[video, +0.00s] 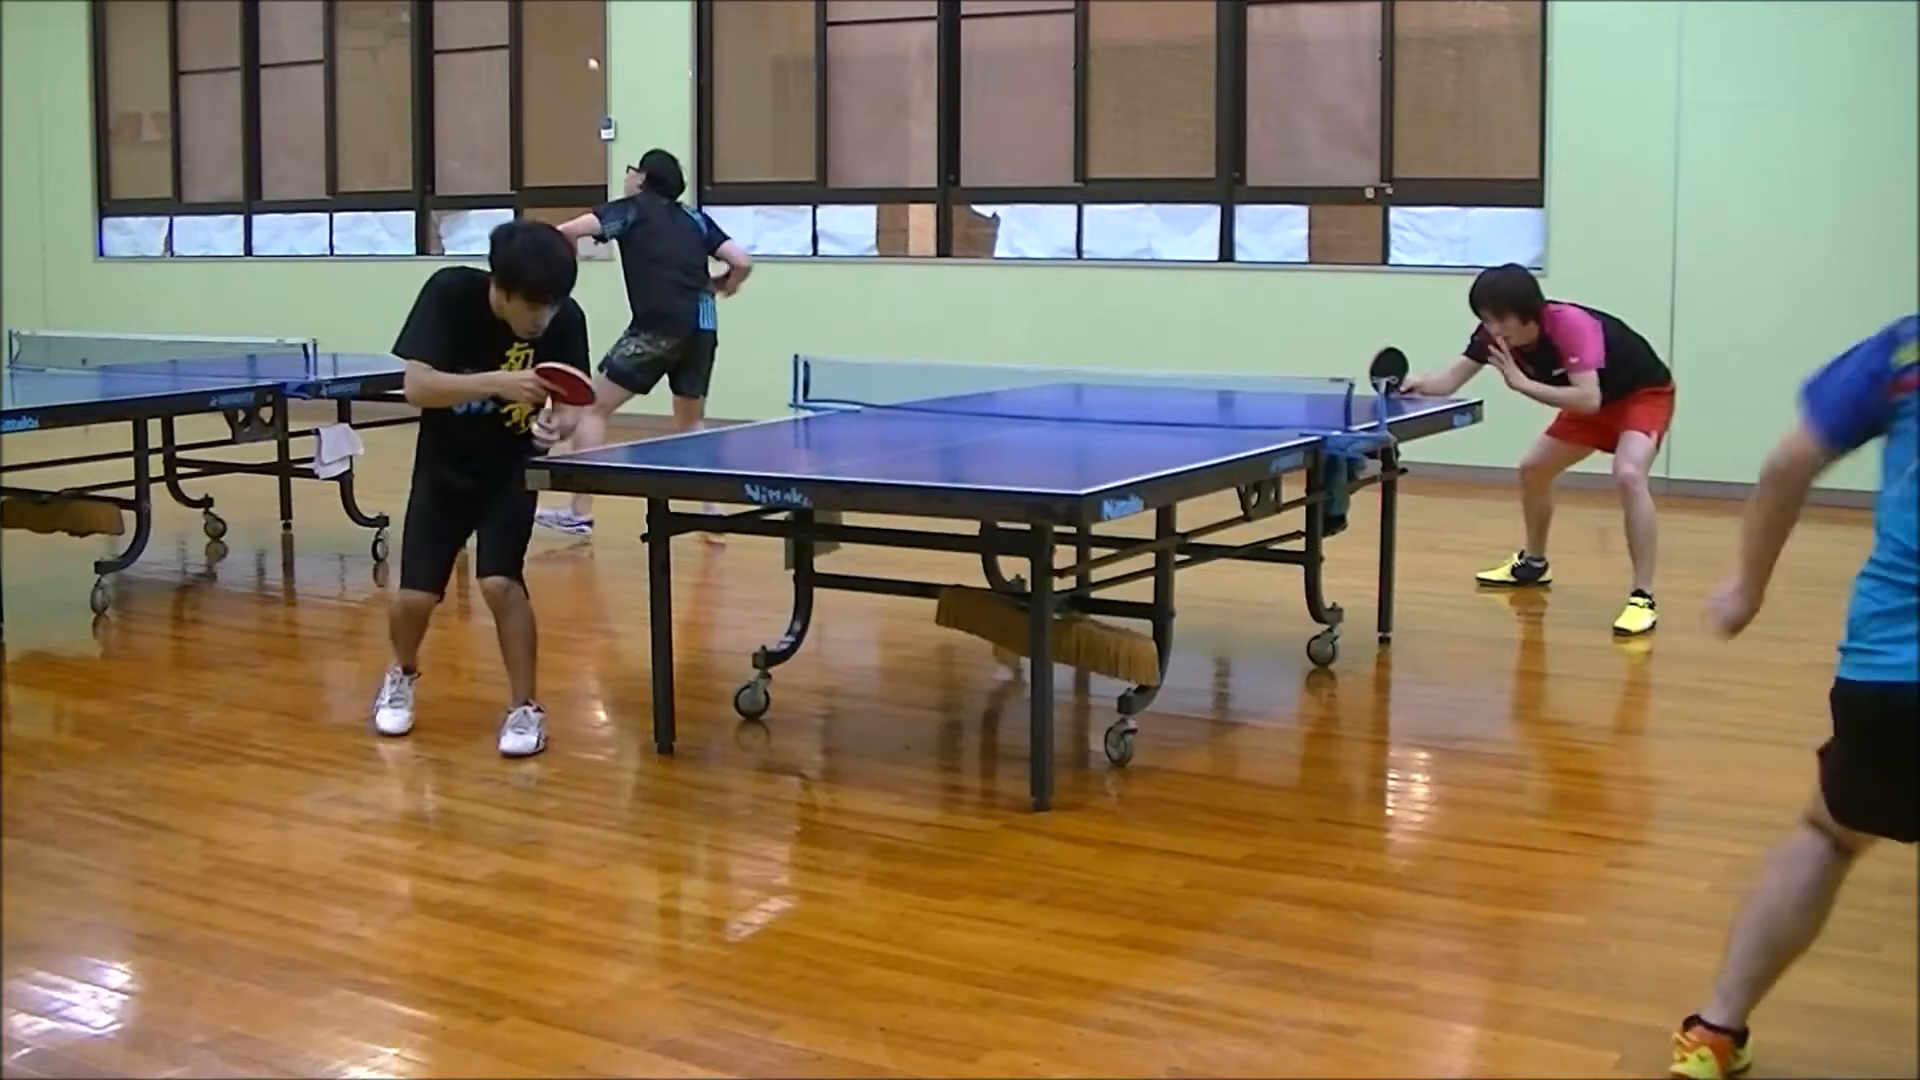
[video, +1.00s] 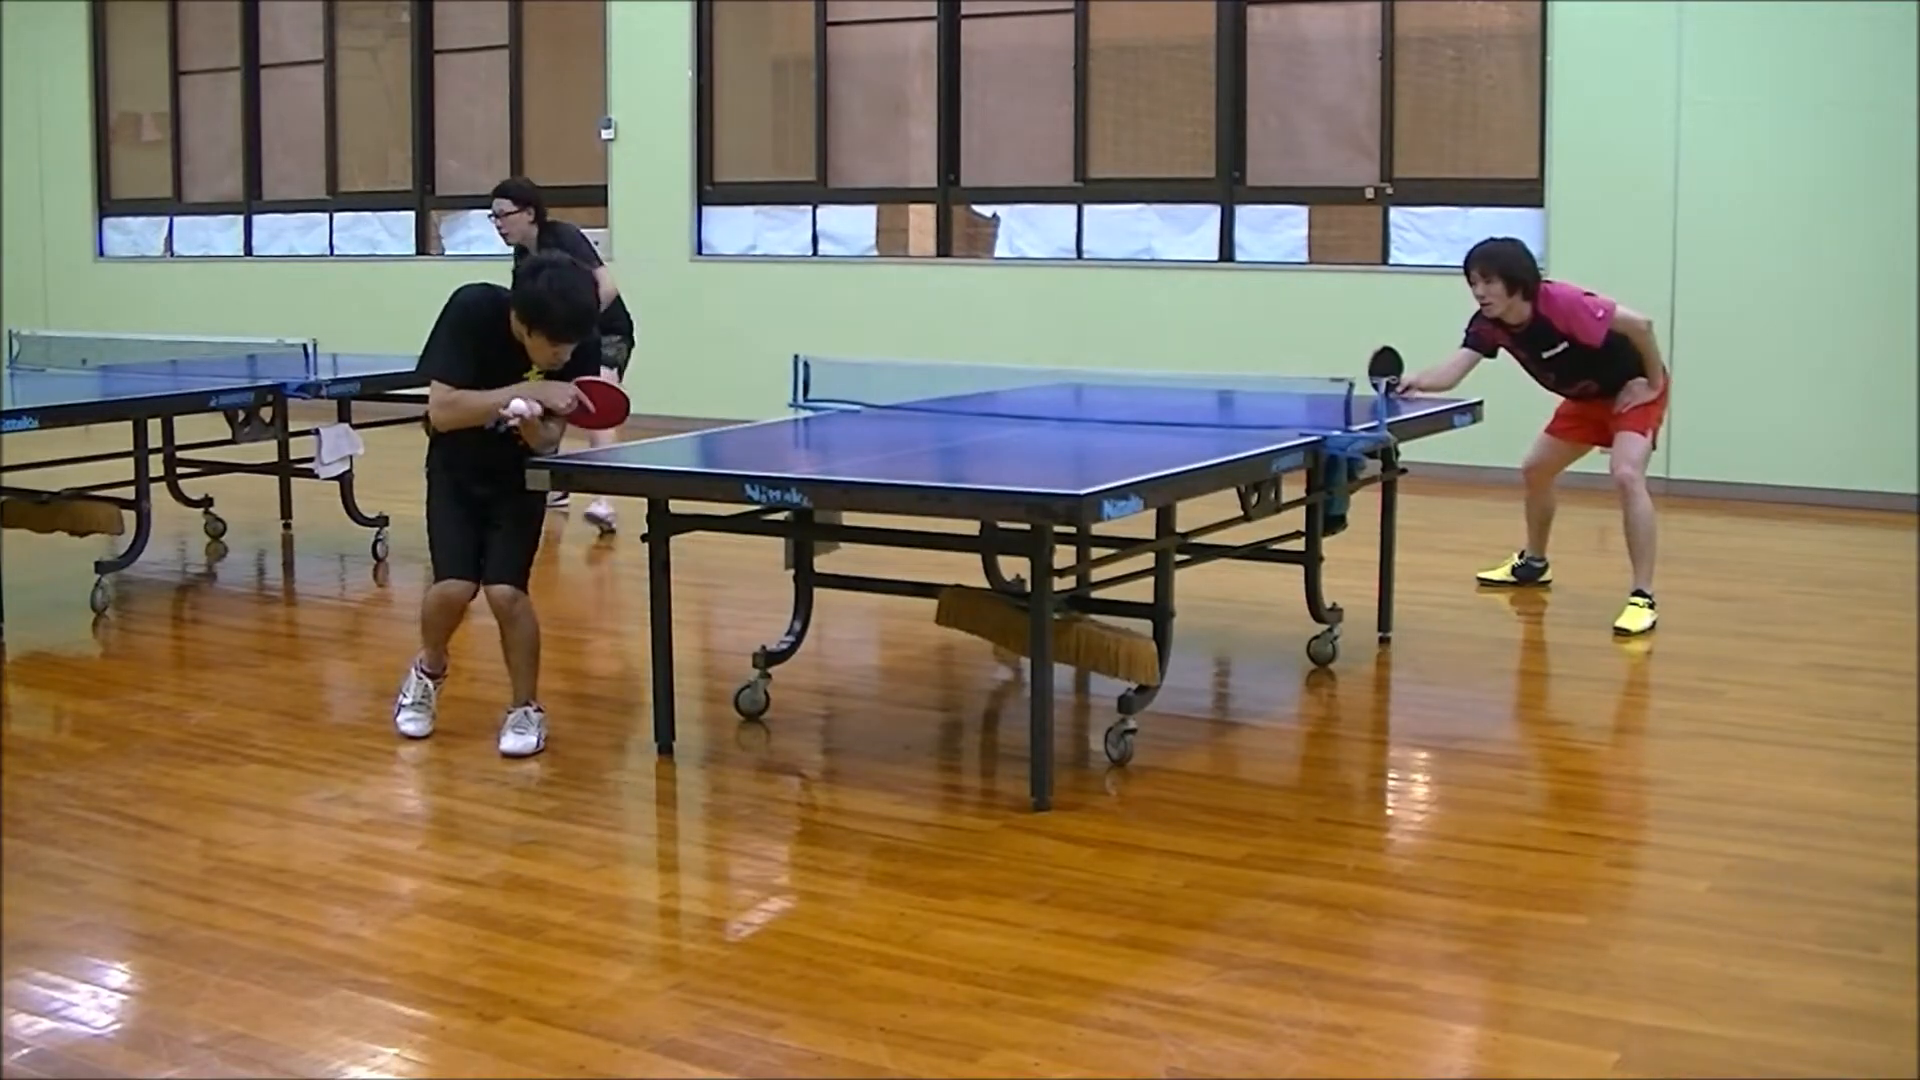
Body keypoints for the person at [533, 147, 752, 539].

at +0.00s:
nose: (627, 176)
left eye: (633, 172)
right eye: (630, 171)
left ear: (645, 180)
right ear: (672, 186)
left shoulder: (632, 208)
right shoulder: (694, 218)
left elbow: (567, 231)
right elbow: (741, 262)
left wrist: (544, 252)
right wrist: (726, 284)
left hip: (657, 326)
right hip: (702, 331)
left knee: (592, 409)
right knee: (691, 423)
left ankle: (579, 513)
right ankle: (713, 514)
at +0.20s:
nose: (620, 198)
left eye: (624, 193)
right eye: (622, 192)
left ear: (634, 198)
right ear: (665, 203)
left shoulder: (617, 225)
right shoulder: (683, 231)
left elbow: (565, 246)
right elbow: (742, 263)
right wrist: (759, 231)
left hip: (652, 334)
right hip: (698, 337)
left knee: (582, 404)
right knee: (692, 423)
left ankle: (622, 496)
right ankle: (711, 508)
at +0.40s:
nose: (558, 234)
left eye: (564, 227)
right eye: (560, 227)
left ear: (582, 227)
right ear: (605, 229)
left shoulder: (578, 249)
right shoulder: (636, 247)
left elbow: (540, 274)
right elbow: (685, 270)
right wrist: (656, 301)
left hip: (639, 346)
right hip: (683, 346)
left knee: (577, 420)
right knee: (678, 427)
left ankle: (605, 514)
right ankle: (709, 507)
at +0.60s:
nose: (502, 250)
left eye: (507, 240)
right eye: (500, 243)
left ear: (532, 235)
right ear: (535, 237)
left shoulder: (548, 266)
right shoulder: (563, 250)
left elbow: (583, 337)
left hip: (637, 349)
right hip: (644, 345)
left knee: (576, 420)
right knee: (609, 413)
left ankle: (601, 513)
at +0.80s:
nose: (495, 225)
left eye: (501, 215)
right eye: (492, 217)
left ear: (527, 211)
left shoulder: (554, 236)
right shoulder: (536, 244)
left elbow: (587, 274)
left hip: (618, 339)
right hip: (592, 336)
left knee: (568, 409)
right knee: (555, 408)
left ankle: (596, 507)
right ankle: (592, 505)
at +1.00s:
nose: (497, 223)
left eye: (503, 215)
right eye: (494, 217)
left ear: (530, 213)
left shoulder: (563, 235)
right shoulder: (520, 256)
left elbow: (607, 289)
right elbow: (526, 306)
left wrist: (571, 321)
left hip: (608, 331)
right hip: (563, 336)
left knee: (598, 405)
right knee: (553, 409)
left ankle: (602, 497)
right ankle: (557, 483)